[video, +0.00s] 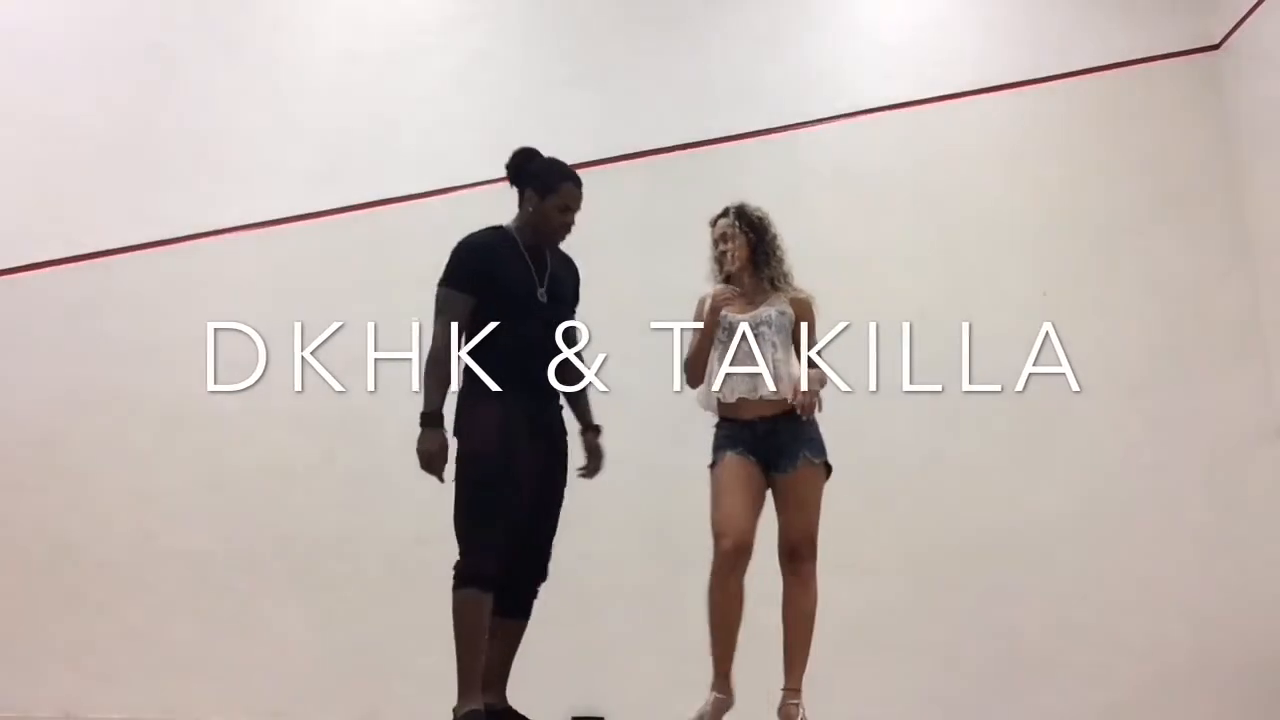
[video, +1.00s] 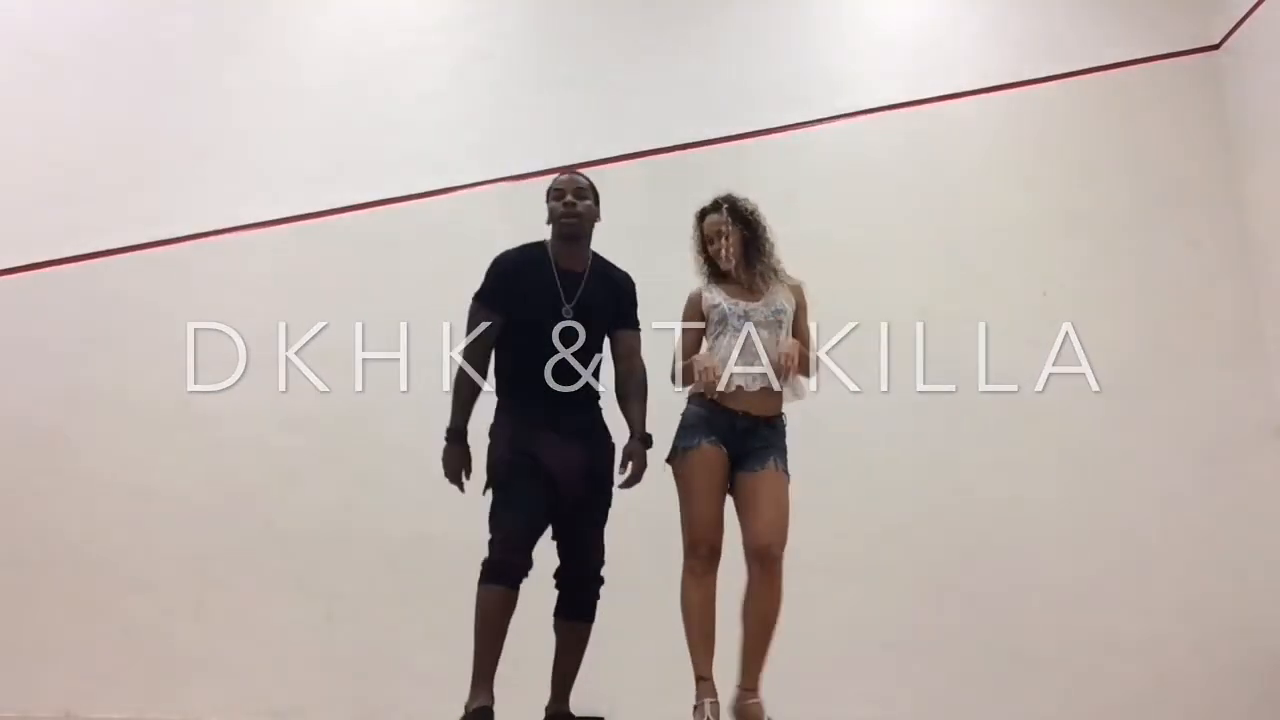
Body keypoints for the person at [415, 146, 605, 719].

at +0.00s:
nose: (573, 221)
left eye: (577, 210)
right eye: (565, 209)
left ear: (565, 208)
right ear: (528, 201)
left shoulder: (564, 269)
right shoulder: (479, 251)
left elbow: (566, 356)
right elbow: (445, 341)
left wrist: (588, 425)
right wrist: (433, 421)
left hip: (544, 432)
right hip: (487, 427)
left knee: (527, 563)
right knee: (482, 556)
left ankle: (495, 696)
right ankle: (469, 699)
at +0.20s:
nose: (557, 204)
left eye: (561, 194)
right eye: (549, 192)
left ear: (556, 198)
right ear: (513, 187)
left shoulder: (552, 267)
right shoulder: (470, 240)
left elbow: (538, 346)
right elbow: (441, 322)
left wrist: (553, 408)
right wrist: (436, 409)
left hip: (549, 423)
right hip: (487, 420)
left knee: (559, 556)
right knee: (485, 550)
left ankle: (496, 683)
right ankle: (469, 696)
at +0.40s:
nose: (545, 188)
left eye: (552, 182)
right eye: (533, 177)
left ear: (557, 194)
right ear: (503, 181)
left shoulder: (556, 265)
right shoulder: (470, 234)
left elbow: (548, 344)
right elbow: (447, 307)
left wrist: (565, 392)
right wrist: (463, 380)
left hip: (554, 417)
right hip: (490, 412)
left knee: (586, 538)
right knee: (480, 550)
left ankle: (513, 661)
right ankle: (469, 700)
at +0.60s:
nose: (546, 182)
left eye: (556, 175)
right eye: (535, 174)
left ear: (569, 188)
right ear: (516, 185)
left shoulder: (580, 263)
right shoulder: (484, 239)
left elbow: (586, 349)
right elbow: (450, 302)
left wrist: (602, 417)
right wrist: (467, 345)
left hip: (567, 429)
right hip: (494, 425)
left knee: (587, 555)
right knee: (476, 556)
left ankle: (565, 688)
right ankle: (468, 699)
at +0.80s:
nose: (562, 190)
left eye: (573, 183)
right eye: (553, 182)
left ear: (590, 198)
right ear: (538, 194)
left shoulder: (606, 272)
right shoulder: (503, 251)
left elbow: (618, 355)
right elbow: (464, 322)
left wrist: (627, 427)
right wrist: (455, 391)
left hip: (577, 435)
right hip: (508, 431)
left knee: (581, 573)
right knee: (492, 562)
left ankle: (561, 704)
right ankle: (472, 698)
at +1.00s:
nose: (569, 204)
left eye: (580, 197)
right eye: (559, 197)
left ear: (598, 213)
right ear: (546, 211)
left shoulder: (615, 284)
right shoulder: (511, 269)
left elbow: (628, 365)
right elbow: (476, 356)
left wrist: (638, 431)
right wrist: (457, 433)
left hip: (585, 441)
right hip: (520, 437)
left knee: (582, 575)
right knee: (506, 560)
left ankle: (559, 704)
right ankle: (480, 698)